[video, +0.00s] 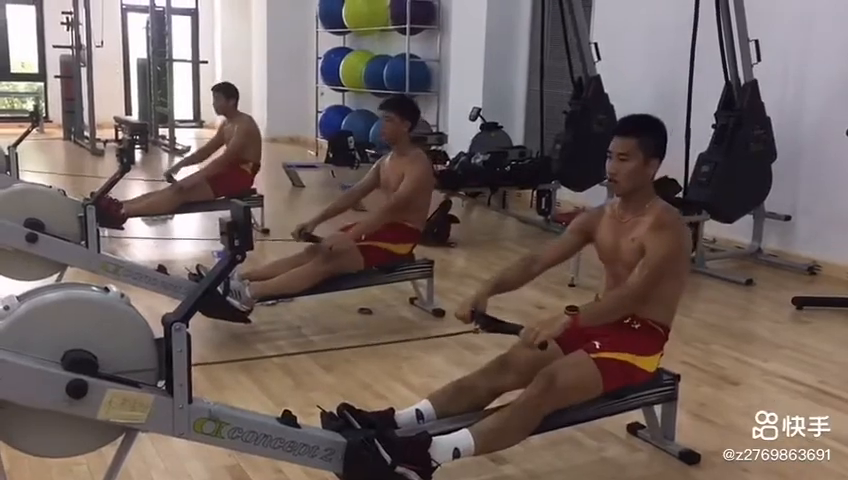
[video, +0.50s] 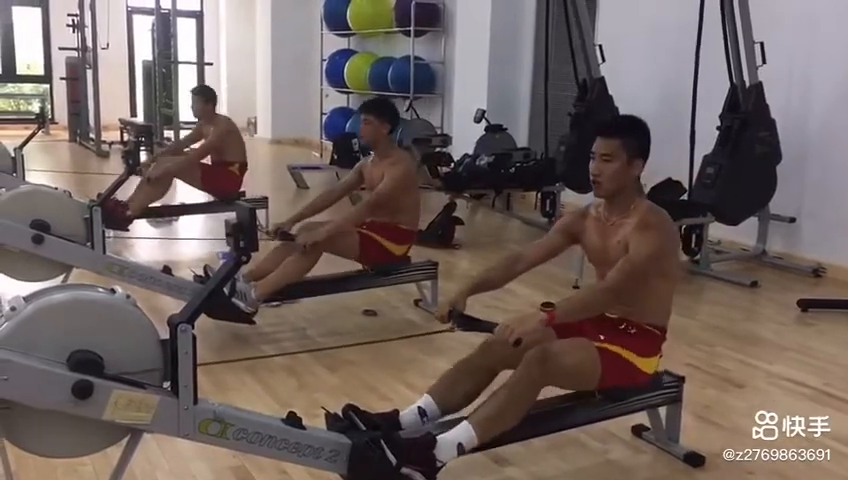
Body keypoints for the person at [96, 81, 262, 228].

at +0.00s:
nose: (214, 104)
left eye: (217, 100)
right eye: (214, 100)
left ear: (230, 100)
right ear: (225, 101)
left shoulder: (244, 125)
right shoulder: (227, 125)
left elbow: (225, 161)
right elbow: (204, 152)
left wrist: (186, 182)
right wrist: (177, 166)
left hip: (238, 180)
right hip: (225, 174)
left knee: (180, 193)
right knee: (176, 190)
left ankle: (122, 213)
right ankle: (120, 207)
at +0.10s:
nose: (212, 105)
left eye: (215, 101)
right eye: (212, 101)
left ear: (229, 101)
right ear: (223, 101)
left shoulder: (243, 126)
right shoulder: (225, 125)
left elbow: (220, 161)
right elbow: (203, 150)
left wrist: (184, 183)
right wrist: (176, 164)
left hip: (238, 181)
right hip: (226, 176)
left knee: (181, 191)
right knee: (176, 189)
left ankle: (123, 214)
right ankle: (121, 207)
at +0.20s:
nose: (208, 106)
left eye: (212, 102)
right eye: (208, 102)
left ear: (226, 103)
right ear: (220, 104)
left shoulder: (240, 127)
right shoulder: (222, 125)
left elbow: (215, 161)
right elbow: (198, 149)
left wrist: (183, 180)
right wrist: (172, 163)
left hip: (238, 180)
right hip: (226, 175)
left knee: (179, 188)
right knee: (175, 183)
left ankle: (126, 214)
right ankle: (123, 207)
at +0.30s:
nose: (204, 108)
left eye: (208, 103)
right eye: (204, 103)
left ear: (222, 104)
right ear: (216, 105)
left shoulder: (237, 128)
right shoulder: (217, 126)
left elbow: (210, 159)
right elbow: (194, 147)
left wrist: (179, 174)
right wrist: (168, 162)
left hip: (239, 180)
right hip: (228, 175)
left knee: (181, 178)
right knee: (175, 176)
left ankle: (128, 214)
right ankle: (126, 208)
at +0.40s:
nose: (197, 106)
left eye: (201, 103)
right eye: (198, 102)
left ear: (215, 104)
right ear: (212, 105)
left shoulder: (230, 127)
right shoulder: (212, 126)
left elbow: (205, 157)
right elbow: (186, 147)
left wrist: (170, 168)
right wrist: (159, 159)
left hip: (235, 181)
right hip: (225, 176)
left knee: (176, 171)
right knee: (170, 170)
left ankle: (128, 214)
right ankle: (127, 208)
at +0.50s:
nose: (192, 108)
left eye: (195, 104)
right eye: (192, 104)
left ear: (208, 105)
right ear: (204, 105)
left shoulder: (222, 126)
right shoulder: (204, 126)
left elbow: (197, 156)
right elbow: (179, 145)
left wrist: (160, 169)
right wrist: (152, 160)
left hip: (229, 183)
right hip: (219, 178)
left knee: (170, 166)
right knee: (163, 162)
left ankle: (131, 212)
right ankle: (129, 207)